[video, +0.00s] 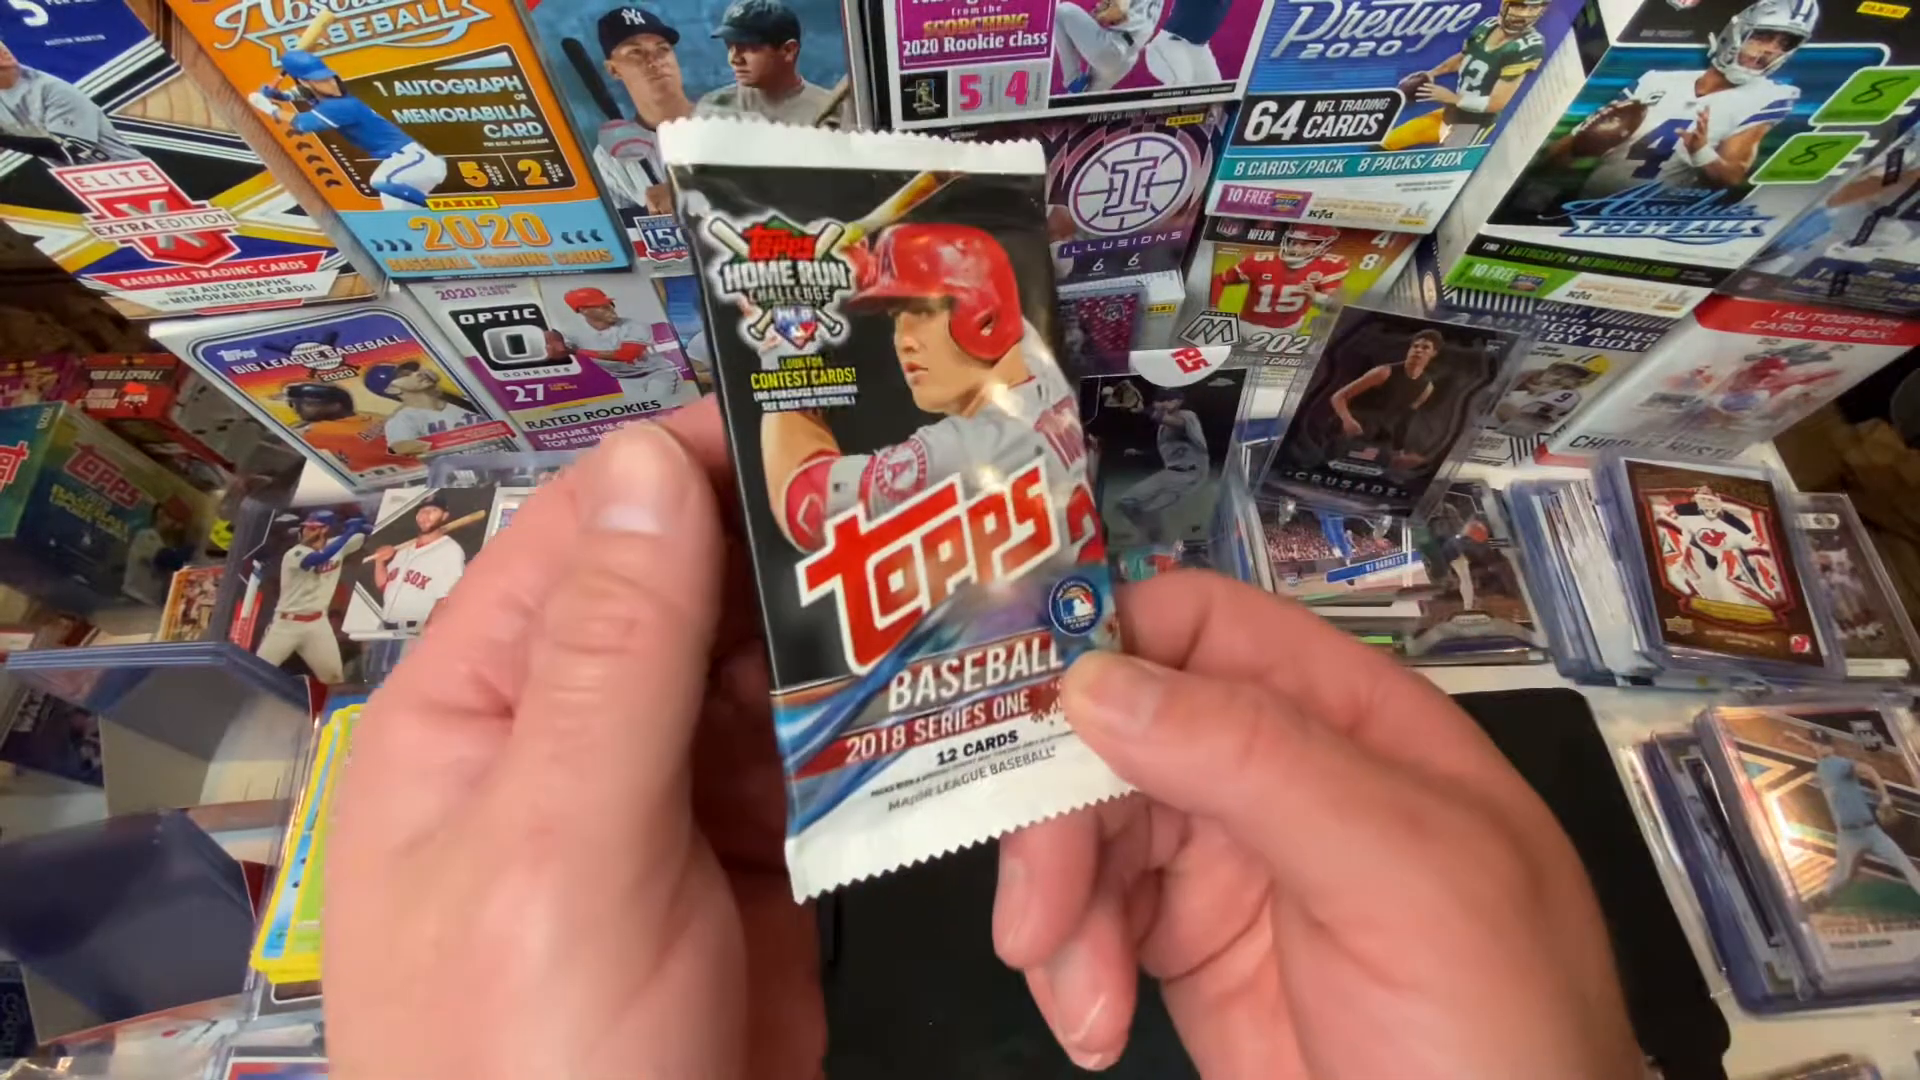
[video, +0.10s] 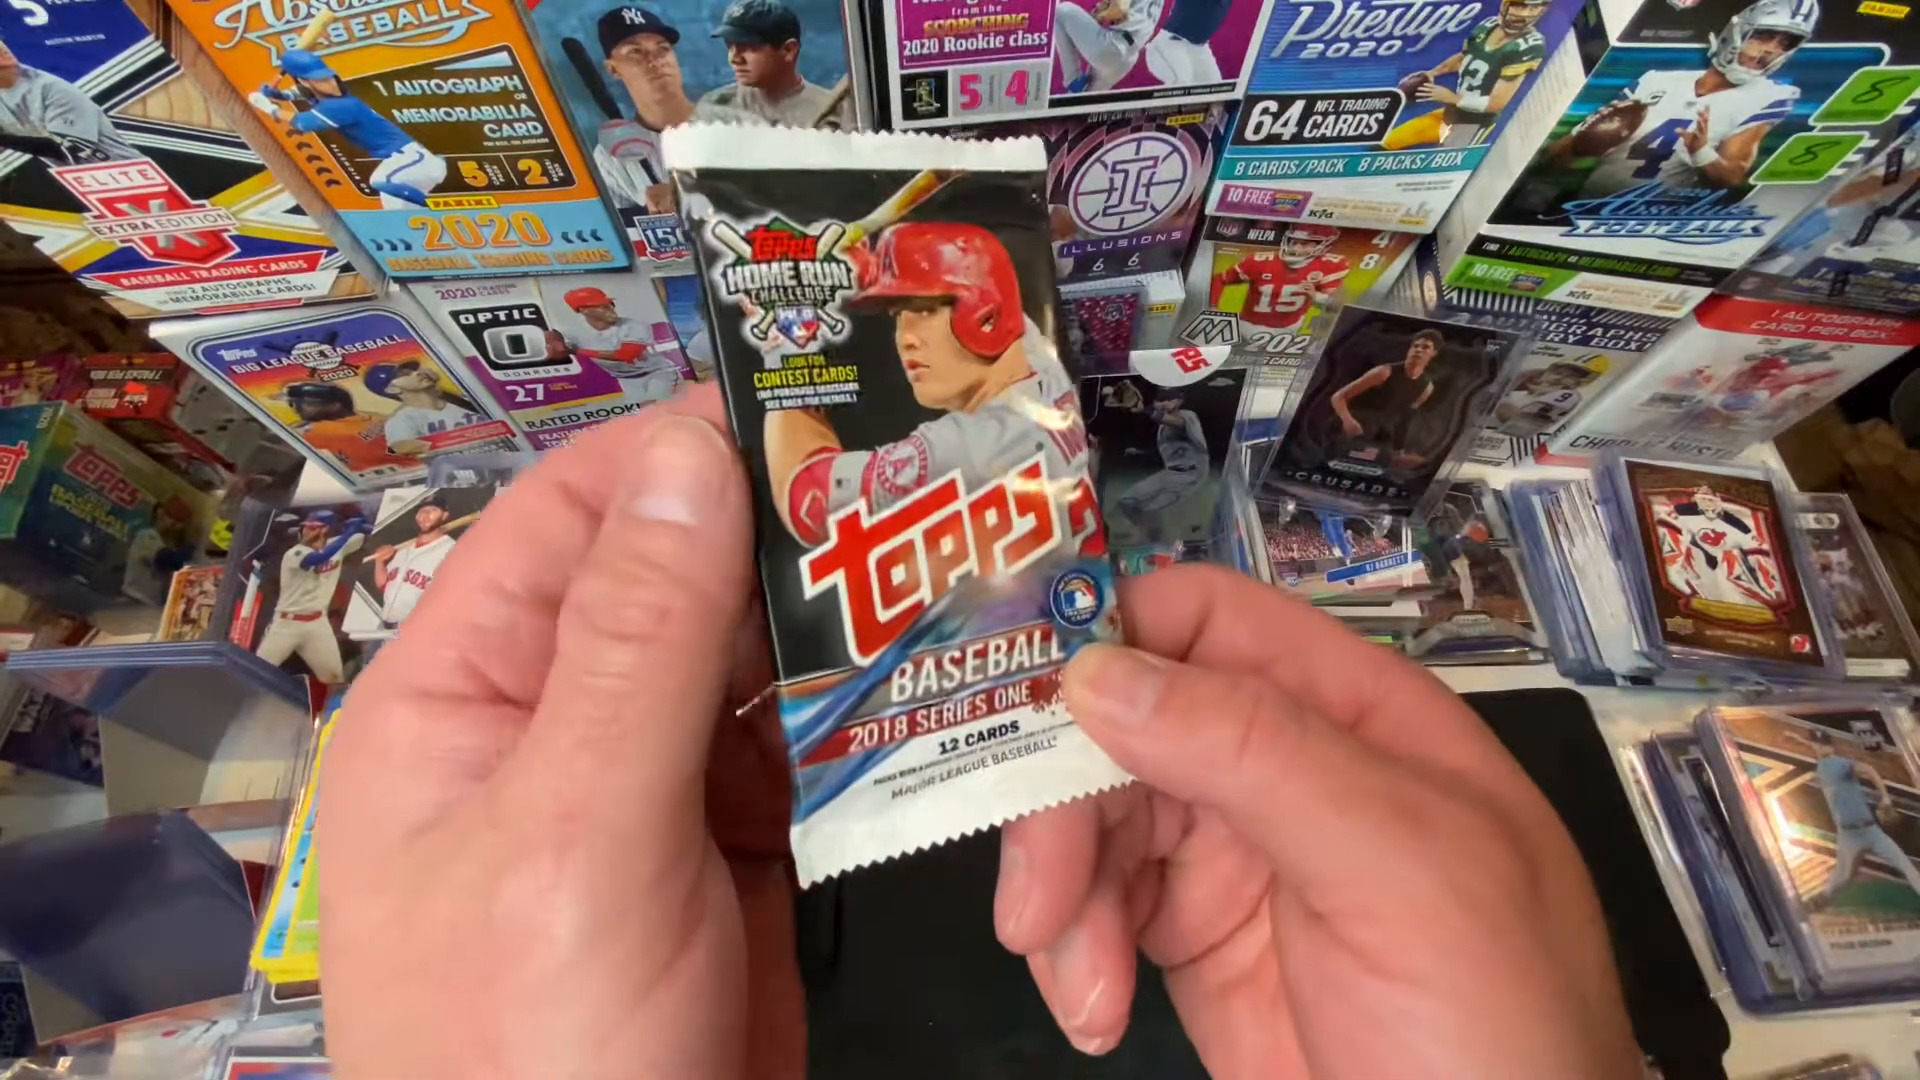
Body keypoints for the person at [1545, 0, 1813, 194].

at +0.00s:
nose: (1770, 51)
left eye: (1784, 45)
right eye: (1764, 37)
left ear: (1789, 56)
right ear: (1738, 33)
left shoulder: (1761, 101)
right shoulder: (1658, 83)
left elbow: (1735, 176)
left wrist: (1702, 154)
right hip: (1593, 207)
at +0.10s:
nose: (1771, 51)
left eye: (1784, 45)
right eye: (1764, 37)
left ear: (1790, 55)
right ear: (1738, 32)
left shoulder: (1764, 100)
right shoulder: (1658, 83)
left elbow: (1735, 176)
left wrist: (1703, 154)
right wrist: (1583, 142)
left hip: (1658, 224)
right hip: (1591, 206)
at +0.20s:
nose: (1771, 51)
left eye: (1784, 45)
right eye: (1764, 37)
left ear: (1790, 55)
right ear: (1738, 32)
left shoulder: (1763, 100)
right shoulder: (1658, 83)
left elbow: (1735, 176)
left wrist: (1703, 154)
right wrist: (1583, 141)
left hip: (1658, 224)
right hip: (1592, 206)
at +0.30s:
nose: (1770, 51)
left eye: (1784, 45)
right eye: (1764, 37)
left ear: (1789, 56)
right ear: (1738, 33)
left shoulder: (1763, 100)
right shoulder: (1658, 83)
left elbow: (1735, 176)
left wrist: (1703, 155)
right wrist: (1584, 141)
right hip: (1590, 205)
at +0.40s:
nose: (1771, 51)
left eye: (1784, 45)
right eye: (1765, 37)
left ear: (1790, 55)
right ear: (1738, 32)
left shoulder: (1763, 100)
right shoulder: (1658, 82)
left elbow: (1736, 176)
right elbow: (1565, 151)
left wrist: (1703, 154)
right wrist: (1586, 140)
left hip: (1657, 223)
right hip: (1591, 204)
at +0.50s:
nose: (1770, 52)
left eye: (1783, 45)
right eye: (1764, 37)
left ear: (1789, 56)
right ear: (1737, 33)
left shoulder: (1762, 100)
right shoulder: (1657, 83)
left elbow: (1735, 177)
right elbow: (1561, 153)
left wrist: (1703, 154)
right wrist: (1585, 140)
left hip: (1658, 224)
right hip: (1591, 206)